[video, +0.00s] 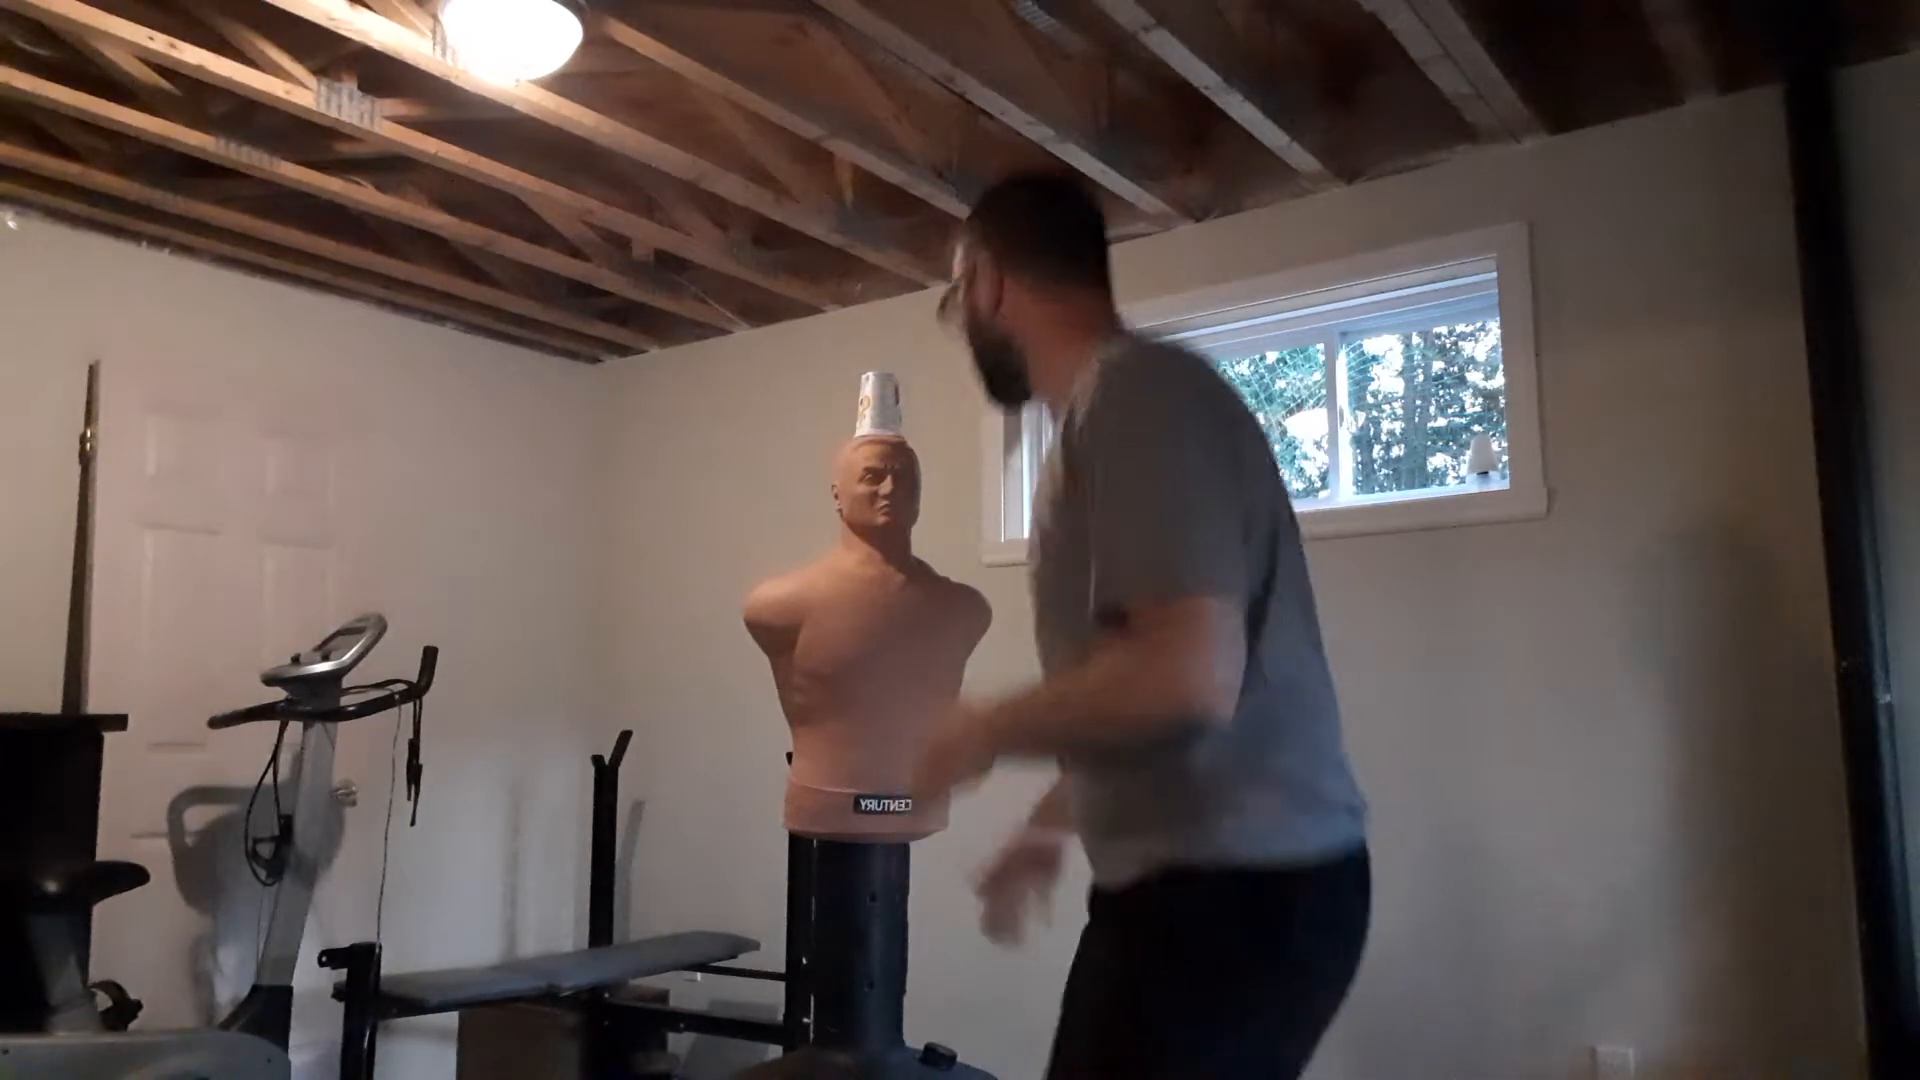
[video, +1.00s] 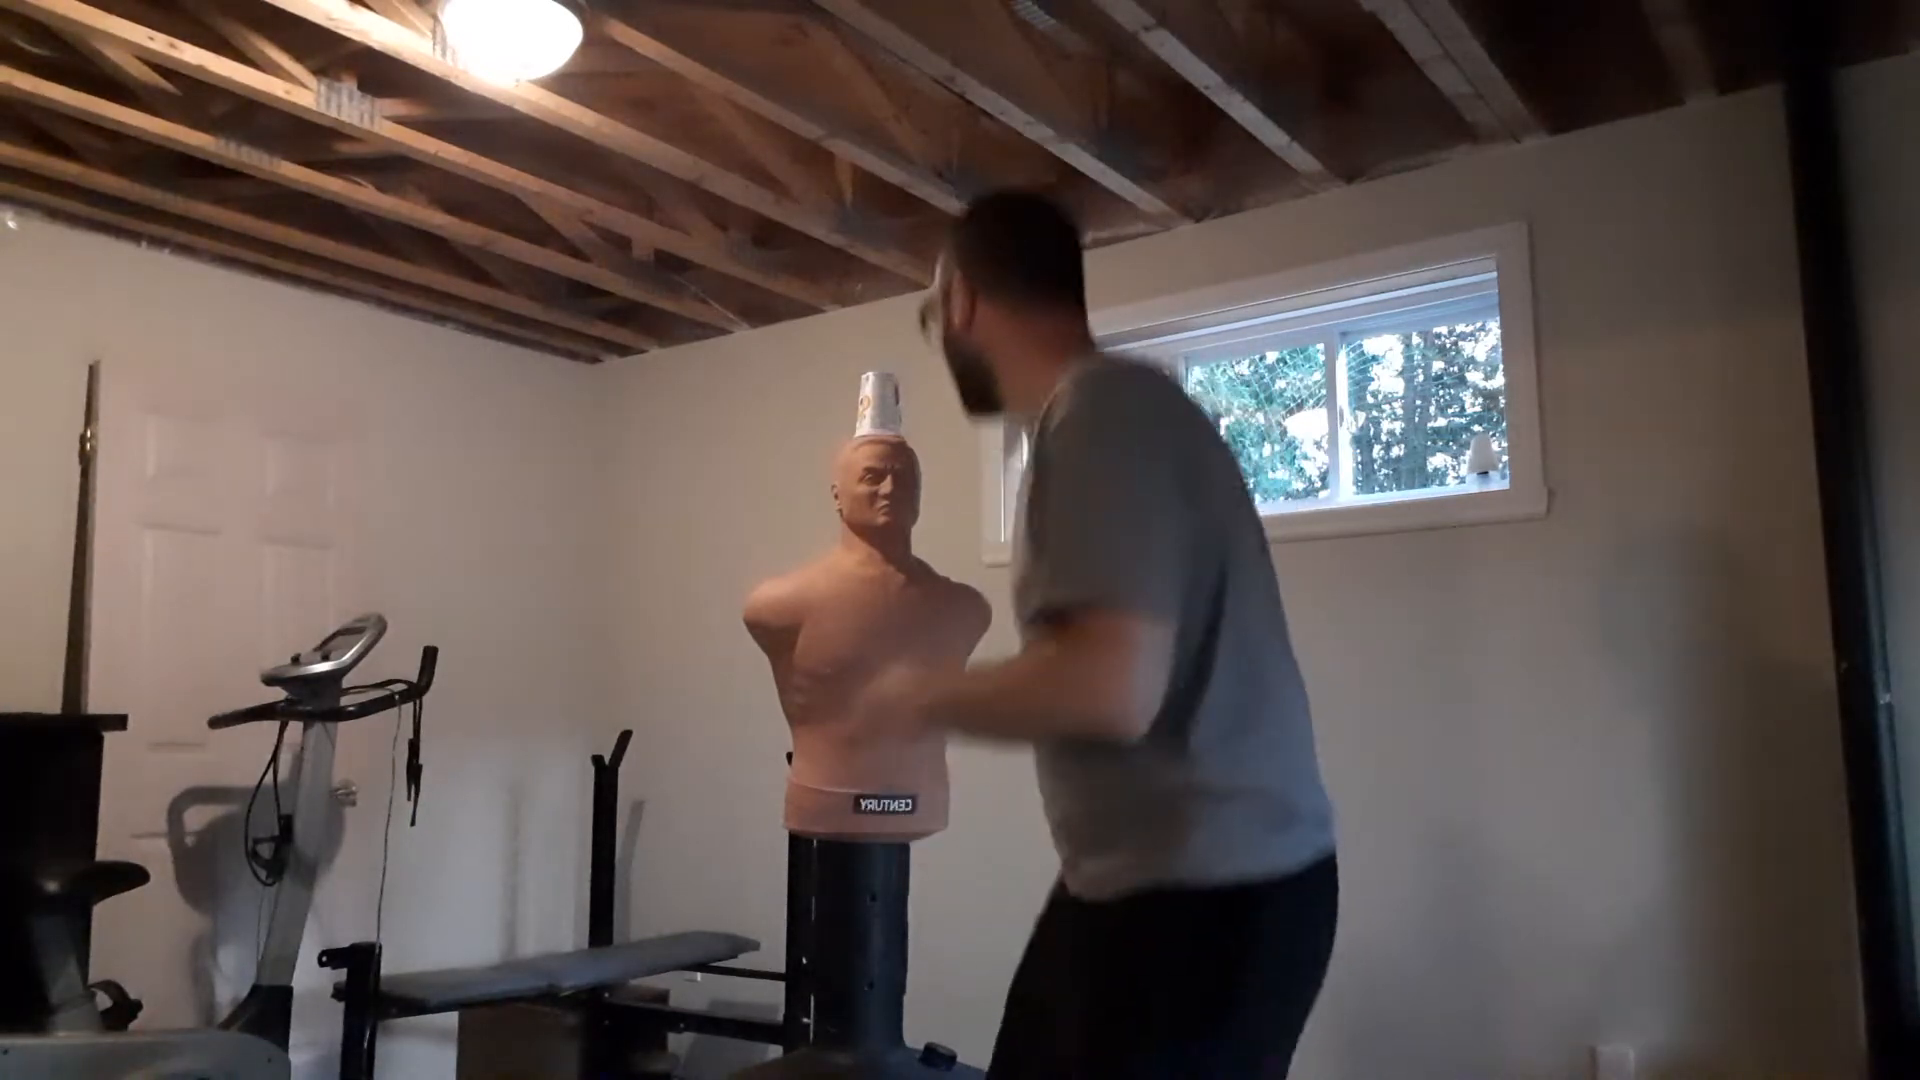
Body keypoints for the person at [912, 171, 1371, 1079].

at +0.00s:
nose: (960, 319)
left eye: (960, 287)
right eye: (958, 293)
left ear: (993, 279)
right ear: (1087, 265)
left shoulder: (1142, 392)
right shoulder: (1103, 418)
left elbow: (1191, 669)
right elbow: (1134, 671)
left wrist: (986, 729)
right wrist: (1053, 822)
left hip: (1232, 893)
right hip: (1180, 888)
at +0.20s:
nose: (987, 279)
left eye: (986, 249)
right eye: (985, 255)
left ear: (1014, 241)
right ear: (1121, 231)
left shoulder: (1157, 358)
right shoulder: (1148, 373)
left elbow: (1154, 638)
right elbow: (1188, 662)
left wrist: (950, 658)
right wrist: (1103, 853)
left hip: (1205, 877)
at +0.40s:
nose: (966, 282)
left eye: (965, 254)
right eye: (963, 259)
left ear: (997, 251)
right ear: (1102, 243)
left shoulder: (1161, 374)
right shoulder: (1102, 408)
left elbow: (1170, 634)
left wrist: (954, 680)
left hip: (1208, 873)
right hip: (1141, 869)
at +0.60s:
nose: (940, 336)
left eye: (939, 309)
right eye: (938, 314)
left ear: (971, 301)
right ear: (1059, 289)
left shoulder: (1121, 412)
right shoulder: (1075, 432)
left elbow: (1174, 669)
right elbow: (1103, 661)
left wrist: (971, 727)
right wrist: (988, 748)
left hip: (1186, 880)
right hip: (1124, 875)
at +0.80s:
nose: (941, 419)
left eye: (935, 396)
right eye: (936, 400)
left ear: (954, 381)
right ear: (1059, 368)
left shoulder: (1030, 455)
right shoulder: (1166, 465)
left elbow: (1073, 691)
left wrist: (953, 770)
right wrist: (1008, 757)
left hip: (1163, 929)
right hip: (1270, 916)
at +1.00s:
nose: (941, 340)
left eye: (939, 311)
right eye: (939, 315)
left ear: (968, 301)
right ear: (1065, 289)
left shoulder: (1106, 411)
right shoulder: (1107, 415)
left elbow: (1111, 685)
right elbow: (1114, 671)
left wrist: (928, 696)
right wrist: (940, 693)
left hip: (1196, 902)